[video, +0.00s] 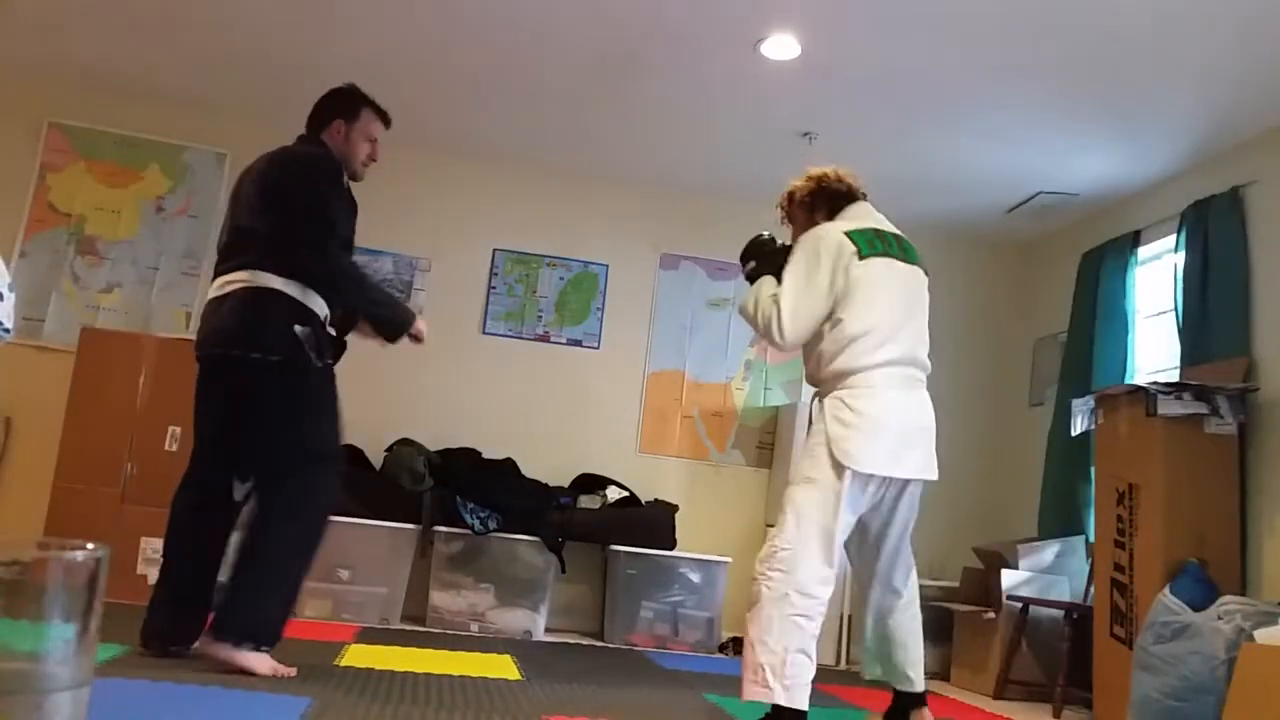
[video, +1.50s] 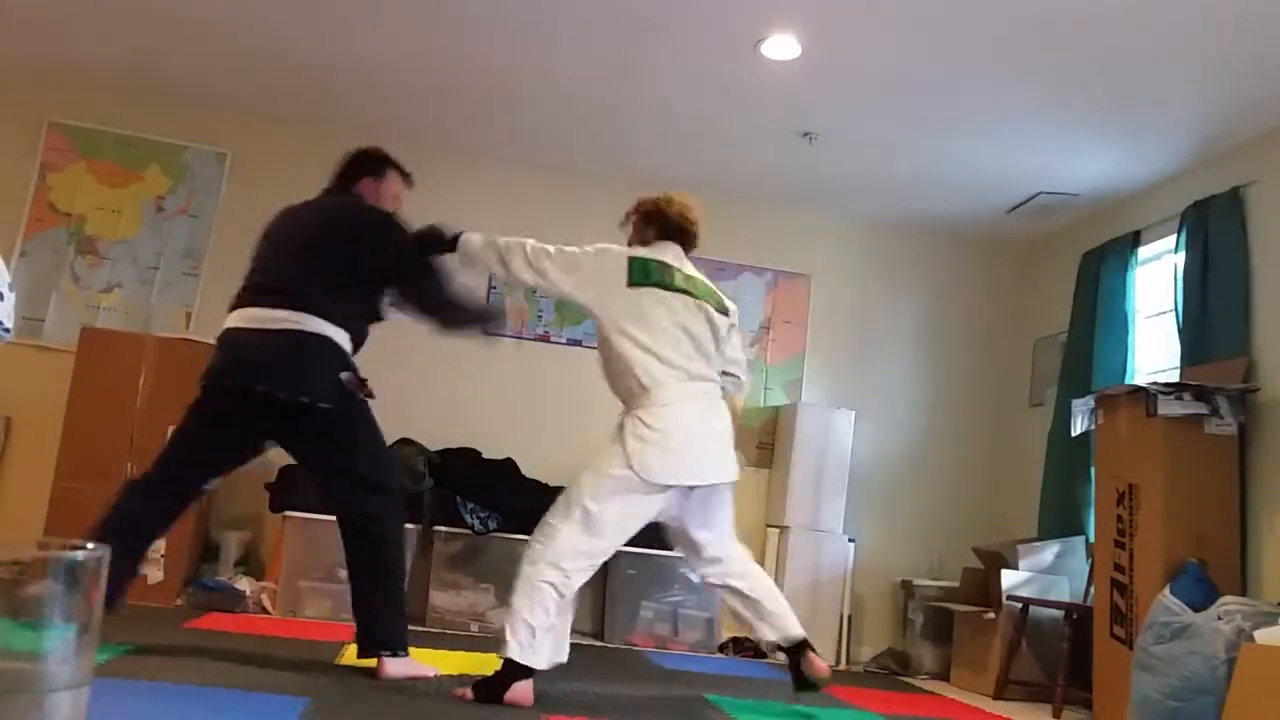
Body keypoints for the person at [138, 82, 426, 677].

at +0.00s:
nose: (377, 156)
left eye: (379, 144)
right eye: (372, 139)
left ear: (324, 131)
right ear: (336, 127)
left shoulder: (261, 169)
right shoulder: (321, 170)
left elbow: (283, 272)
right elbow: (326, 263)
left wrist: (354, 312)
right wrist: (400, 315)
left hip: (221, 330)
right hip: (277, 333)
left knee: (211, 478)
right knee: (306, 485)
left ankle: (170, 629)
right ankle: (240, 636)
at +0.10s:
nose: (380, 164)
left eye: (383, 153)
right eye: (376, 148)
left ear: (335, 139)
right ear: (343, 135)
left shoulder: (267, 175)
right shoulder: (321, 175)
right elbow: (324, 269)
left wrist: (356, 296)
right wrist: (393, 309)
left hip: (221, 329)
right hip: (279, 331)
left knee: (212, 480)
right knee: (346, 466)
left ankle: (168, 630)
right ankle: (279, 620)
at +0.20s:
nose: (390, 170)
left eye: (394, 159)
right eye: (386, 155)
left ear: (344, 144)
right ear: (355, 143)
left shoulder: (277, 179)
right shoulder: (331, 179)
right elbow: (328, 271)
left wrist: (376, 285)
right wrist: (398, 300)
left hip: (231, 332)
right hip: (292, 338)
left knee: (220, 481)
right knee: (353, 476)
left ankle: (168, 632)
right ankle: (337, 639)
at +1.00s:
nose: (443, 200)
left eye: (446, 190)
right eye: (441, 186)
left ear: (399, 171)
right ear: (412, 170)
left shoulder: (336, 201)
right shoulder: (397, 208)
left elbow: (374, 289)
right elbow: (414, 292)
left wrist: (440, 261)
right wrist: (478, 272)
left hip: (278, 352)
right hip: (344, 361)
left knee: (233, 488)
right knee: (396, 497)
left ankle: (147, 626)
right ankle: (390, 654)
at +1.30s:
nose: (428, 199)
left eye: (431, 190)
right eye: (426, 186)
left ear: (378, 172)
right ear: (397, 172)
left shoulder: (324, 206)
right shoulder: (389, 209)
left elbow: (361, 282)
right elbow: (406, 288)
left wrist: (425, 252)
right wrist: (470, 251)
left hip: (267, 355)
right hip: (334, 364)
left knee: (215, 495)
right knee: (401, 495)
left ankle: (122, 626)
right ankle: (396, 648)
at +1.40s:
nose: (424, 201)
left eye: (427, 193)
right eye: (421, 190)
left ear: (371, 183)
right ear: (392, 180)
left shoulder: (315, 214)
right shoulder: (399, 219)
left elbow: (315, 297)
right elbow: (461, 270)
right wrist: (496, 226)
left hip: (251, 362)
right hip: (324, 372)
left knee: (191, 493)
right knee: (377, 511)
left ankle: (122, 613)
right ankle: (395, 652)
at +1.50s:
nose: (402, 206)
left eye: (404, 195)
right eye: (399, 193)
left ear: (349, 187)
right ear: (371, 186)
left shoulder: (292, 218)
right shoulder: (379, 228)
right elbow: (437, 300)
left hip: (237, 367)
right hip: (312, 376)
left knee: (165, 484)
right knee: (373, 508)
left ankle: (80, 597)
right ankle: (386, 650)